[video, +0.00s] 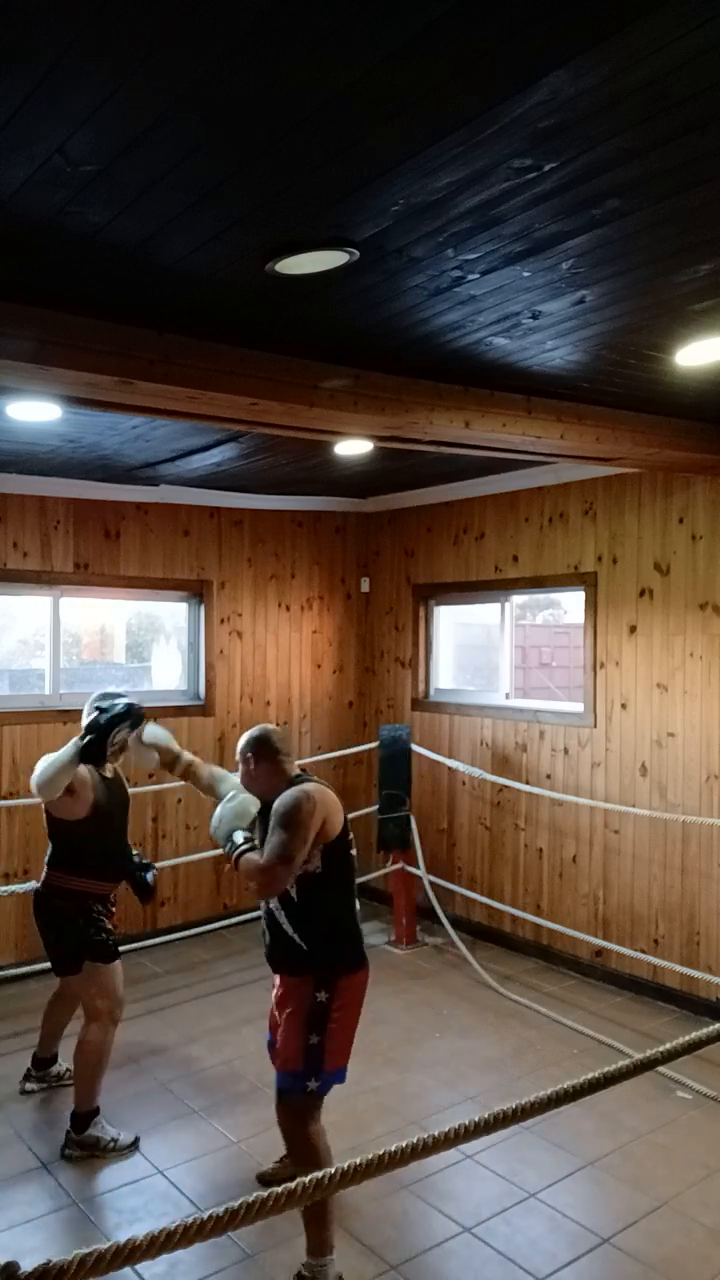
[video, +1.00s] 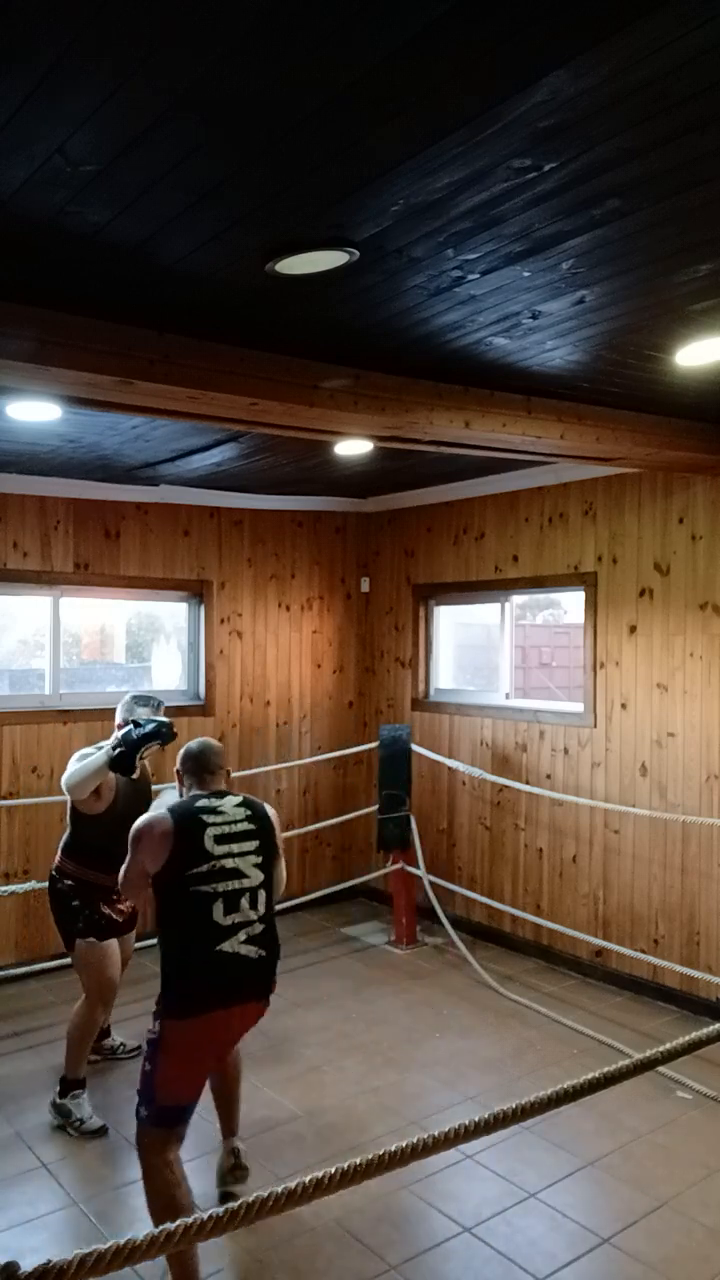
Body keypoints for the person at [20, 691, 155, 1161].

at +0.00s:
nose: (128, 743)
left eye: (131, 734)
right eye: (124, 733)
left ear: (122, 736)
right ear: (102, 731)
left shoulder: (112, 778)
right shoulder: (72, 774)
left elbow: (110, 837)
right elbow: (42, 787)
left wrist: (135, 868)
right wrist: (85, 740)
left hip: (90, 900)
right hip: (69, 902)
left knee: (72, 986)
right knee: (104, 1012)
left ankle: (43, 1065)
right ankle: (84, 1127)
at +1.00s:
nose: (146, 739)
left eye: (152, 731)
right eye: (139, 727)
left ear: (156, 737)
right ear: (120, 725)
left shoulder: (144, 775)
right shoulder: (91, 761)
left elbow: (146, 825)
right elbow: (73, 788)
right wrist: (118, 748)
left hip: (121, 882)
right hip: (77, 884)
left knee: (117, 965)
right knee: (102, 988)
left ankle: (100, 1037)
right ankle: (69, 1094)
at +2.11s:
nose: (130, 740)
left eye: (134, 731)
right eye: (125, 732)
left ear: (136, 733)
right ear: (107, 729)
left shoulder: (137, 766)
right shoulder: (84, 759)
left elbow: (162, 754)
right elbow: (57, 772)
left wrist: (137, 723)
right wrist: (83, 721)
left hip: (129, 879)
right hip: (83, 881)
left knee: (121, 989)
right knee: (94, 993)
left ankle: (107, 1082)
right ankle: (71, 1094)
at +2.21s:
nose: (128, 724)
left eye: (134, 717)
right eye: (122, 715)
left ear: (139, 720)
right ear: (104, 717)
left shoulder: (139, 761)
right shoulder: (79, 756)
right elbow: (38, 763)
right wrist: (81, 728)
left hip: (125, 875)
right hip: (84, 878)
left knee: (119, 971)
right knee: (91, 991)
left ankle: (99, 1037)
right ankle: (70, 1096)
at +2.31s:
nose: (132, 731)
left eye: (137, 722)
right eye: (126, 722)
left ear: (140, 721)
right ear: (106, 720)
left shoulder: (140, 763)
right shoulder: (83, 759)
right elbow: (40, 774)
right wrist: (84, 741)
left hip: (127, 877)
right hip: (83, 880)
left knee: (121, 968)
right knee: (87, 992)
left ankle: (98, 1037)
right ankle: (69, 1094)